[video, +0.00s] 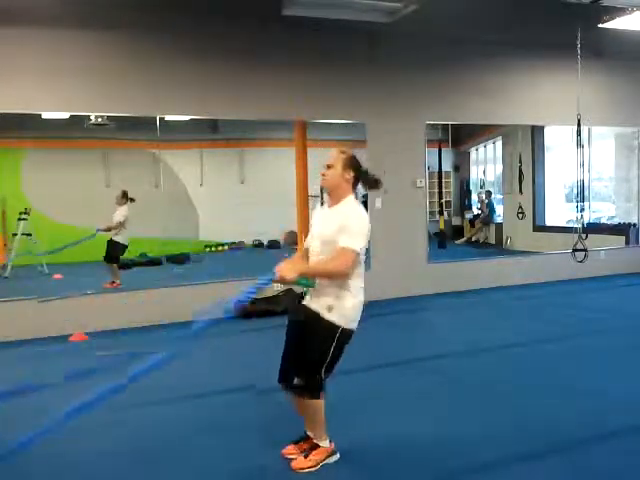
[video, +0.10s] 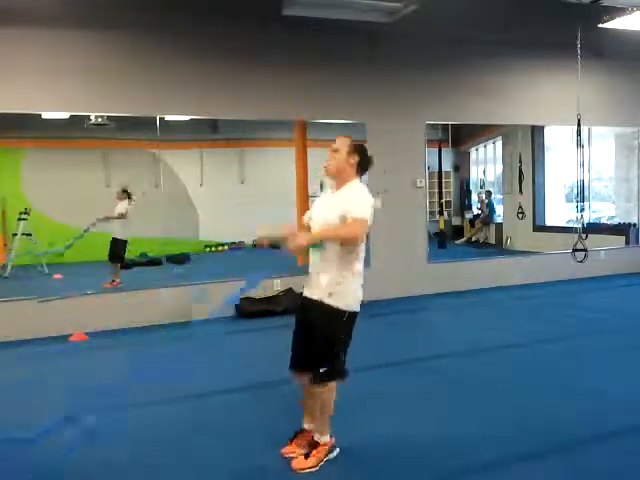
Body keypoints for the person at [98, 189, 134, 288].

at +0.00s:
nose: (116, 199)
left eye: (119, 198)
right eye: (117, 197)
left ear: (123, 200)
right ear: (123, 199)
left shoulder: (123, 211)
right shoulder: (120, 209)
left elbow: (118, 225)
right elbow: (118, 224)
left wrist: (106, 229)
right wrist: (107, 228)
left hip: (120, 239)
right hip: (116, 238)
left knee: (112, 260)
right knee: (109, 260)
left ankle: (117, 280)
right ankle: (115, 280)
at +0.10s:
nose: (117, 195)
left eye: (119, 194)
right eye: (118, 193)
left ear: (124, 195)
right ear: (123, 195)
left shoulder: (124, 205)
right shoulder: (120, 204)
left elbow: (122, 216)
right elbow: (116, 217)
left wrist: (108, 217)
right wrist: (102, 219)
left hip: (121, 236)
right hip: (117, 235)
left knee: (116, 260)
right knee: (114, 259)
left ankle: (116, 279)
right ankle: (115, 279)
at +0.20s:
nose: (118, 189)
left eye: (120, 187)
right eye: (119, 187)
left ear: (124, 189)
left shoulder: (125, 197)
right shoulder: (118, 199)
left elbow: (124, 204)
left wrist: (104, 204)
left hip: (121, 231)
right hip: (115, 230)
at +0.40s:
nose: (108, 197)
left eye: (110, 195)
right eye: (109, 195)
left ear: (114, 195)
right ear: (114, 195)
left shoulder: (119, 205)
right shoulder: (113, 205)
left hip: (121, 234)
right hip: (116, 234)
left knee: (120, 259)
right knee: (116, 259)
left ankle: (122, 280)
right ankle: (118, 278)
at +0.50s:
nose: (108, 201)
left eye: (109, 199)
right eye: (108, 199)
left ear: (113, 200)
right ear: (112, 200)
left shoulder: (116, 210)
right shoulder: (111, 210)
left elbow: (109, 219)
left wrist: (106, 212)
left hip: (119, 237)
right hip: (115, 236)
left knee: (116, 260)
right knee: (110, 260)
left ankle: (122, 280)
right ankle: (116, 279)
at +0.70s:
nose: (109, 192)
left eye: (111, 190)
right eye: (110, 189)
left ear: (116, 191)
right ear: (114, 190)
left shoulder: (118, 200)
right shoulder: (111, 200)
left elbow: (117, 210)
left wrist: (102, 209)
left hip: (111, 229)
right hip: (105, 228)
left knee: (105, 254)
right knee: (103, 254)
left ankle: (108, 275)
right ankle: (107, 274)